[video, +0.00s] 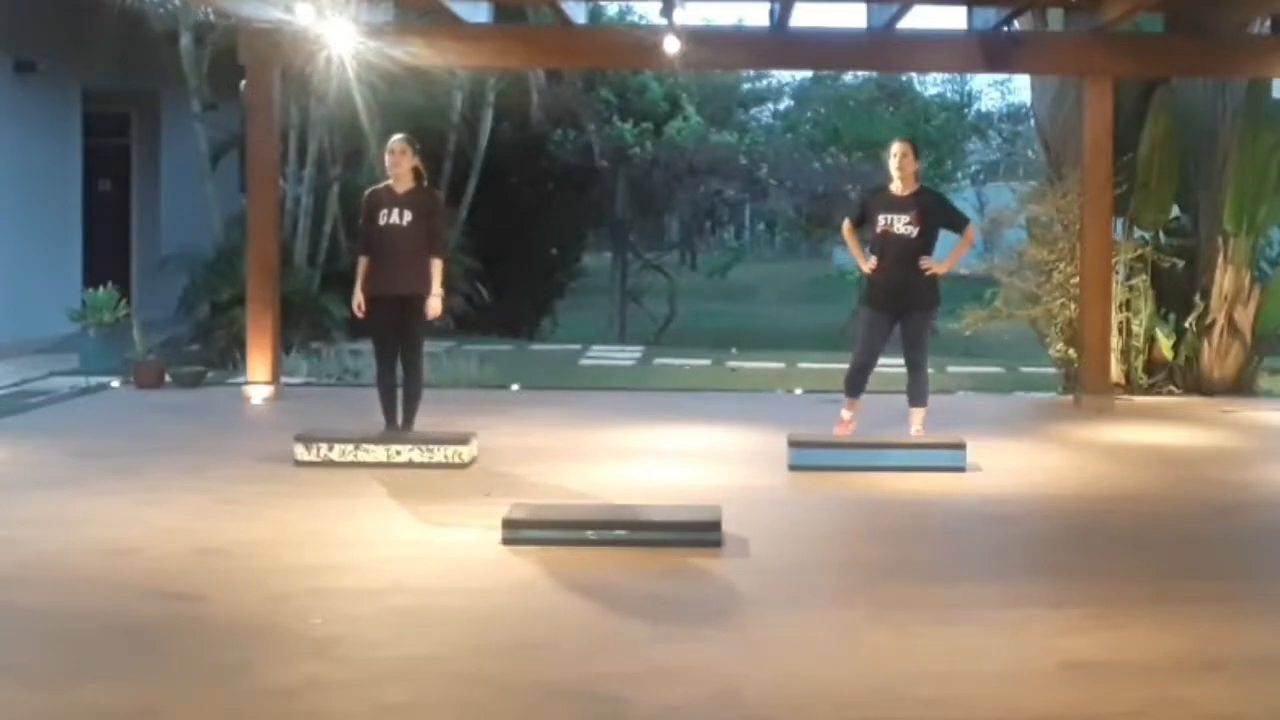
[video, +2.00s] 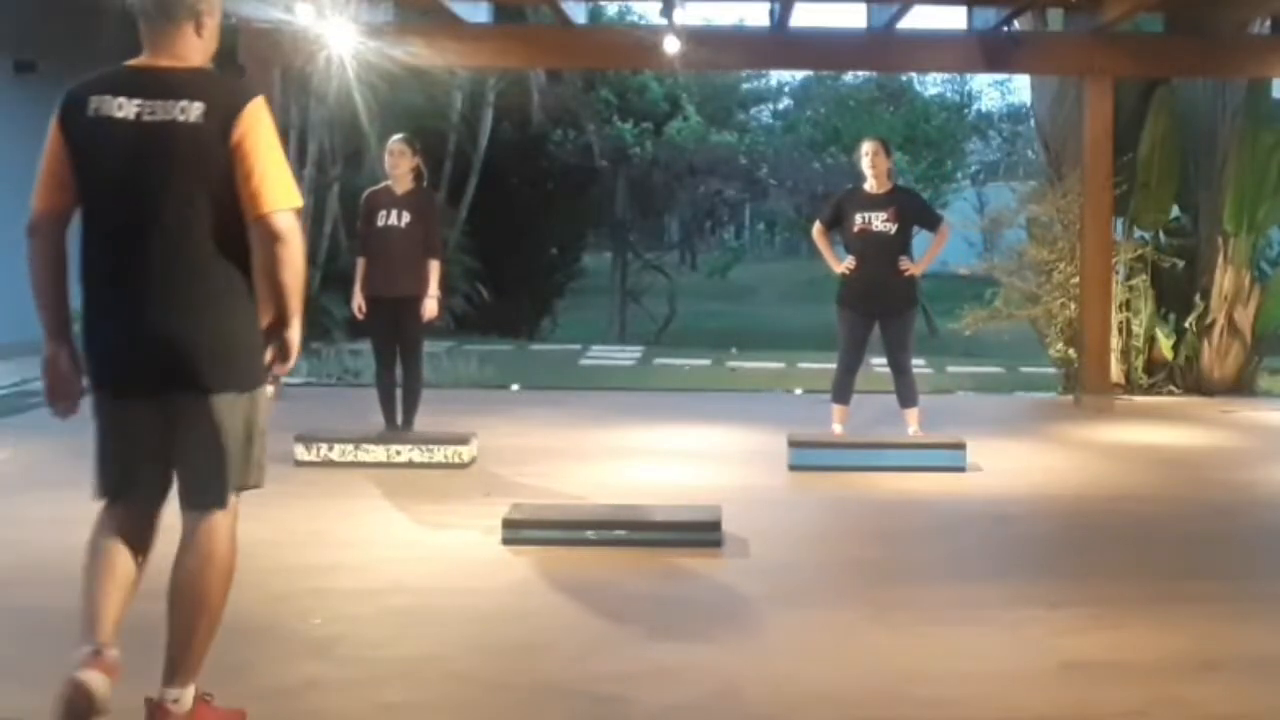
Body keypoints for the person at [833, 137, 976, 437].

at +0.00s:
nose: (898, 161)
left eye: (904, 156)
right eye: (894, 156)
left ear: (916, 163)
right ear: (888, 162)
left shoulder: (931, 200)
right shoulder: (874, 198)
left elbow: (969, 232)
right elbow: (847, 226)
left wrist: (946, 264)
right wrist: (862, 259)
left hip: (918, 290)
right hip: (881, 288)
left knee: (916, 359)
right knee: (865, 354)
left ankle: (917, 426)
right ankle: (849, 410)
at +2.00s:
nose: (870, 160)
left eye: (875, 154)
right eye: (866, 155)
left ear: (889, 161)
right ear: (860, 162)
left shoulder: (906, 199)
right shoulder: (847, 200)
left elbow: (943, 230)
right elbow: (818, 230)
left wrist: (922, 265)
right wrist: (835, 263)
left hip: (896, 288)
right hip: (857, 288)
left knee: (900, 361)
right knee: (849, 359)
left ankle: (914, 429)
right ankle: (838, 428)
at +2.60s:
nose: (872, 159)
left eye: (877, 154)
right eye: (867, 155)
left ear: (888, 160)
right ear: (859, 163)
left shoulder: (904, 199)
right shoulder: (845, 198)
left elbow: (941, 229)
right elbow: (813, 227)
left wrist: (920, 265)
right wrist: (831, 262)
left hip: (893, 289)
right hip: (853, 288)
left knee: (898, 362)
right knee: (846, 359)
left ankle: (913, 429)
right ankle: (837, 429)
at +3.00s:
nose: (876, 162)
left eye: (882, 157)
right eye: (871, 156)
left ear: (890, 162)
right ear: (861, 160)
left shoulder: (905, 198)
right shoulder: (844, 199)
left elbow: (941, 226)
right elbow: (814, 230)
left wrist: (922, 264)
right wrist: (834, 263)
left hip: (897, 287)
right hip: (856, 287)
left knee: (901, 361)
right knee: (848, 359)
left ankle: (914, 429)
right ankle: (837, 429)